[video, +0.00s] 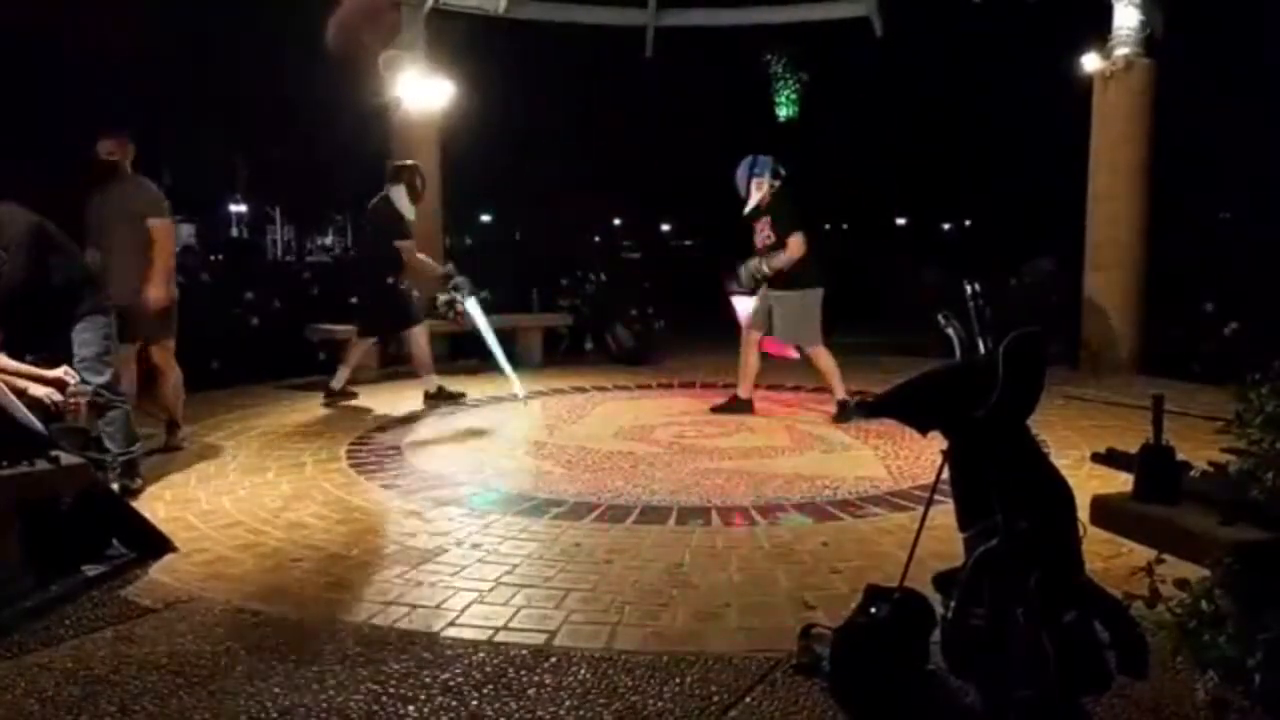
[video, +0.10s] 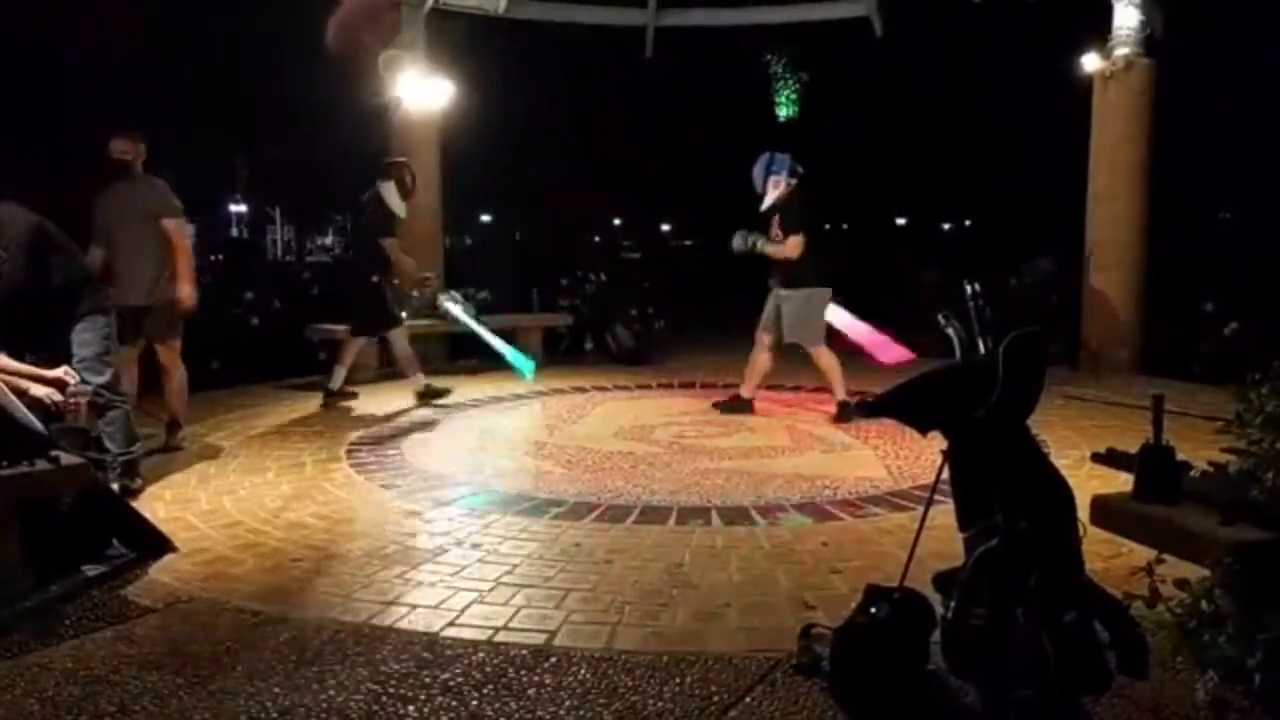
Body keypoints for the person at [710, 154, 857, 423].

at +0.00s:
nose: (753, 189)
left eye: (757, 183)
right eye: (751, 184)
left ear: (768, 182)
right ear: (750, 184)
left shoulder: (785, 206)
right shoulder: (756, 213)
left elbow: (797, 247)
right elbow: (764, 251)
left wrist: (764, 267)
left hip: (802, 288)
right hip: (773, 287)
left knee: (811, 344)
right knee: (751, 335)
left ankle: (842, 399)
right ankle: (743, 397)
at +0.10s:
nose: (768, 187)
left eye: (772, 181)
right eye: (768, 181)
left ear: (781, 181)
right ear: (773, 180)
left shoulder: (795, 206)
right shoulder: (776, 208)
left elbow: (794, 249)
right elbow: (782, 245)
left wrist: (757, 244)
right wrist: (756, 241)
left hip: (806, 288)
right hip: (782, 287)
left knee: (813, 344)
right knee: (764, 340)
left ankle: (843, 400)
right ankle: (745, 397)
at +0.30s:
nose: (787, 179)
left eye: (790, 173)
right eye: (788, 173)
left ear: (802, 173)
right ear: (809, 173)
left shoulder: (812, 200)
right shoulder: (804, 198)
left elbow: (786, 234)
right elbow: (790, 233)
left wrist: (770, 218)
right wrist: (781, 222)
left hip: (822, 282)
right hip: (804, 281)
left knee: (825, 340)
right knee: (782, 331)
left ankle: (844, 399)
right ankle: (781, 395)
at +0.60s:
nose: (807, 170)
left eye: (810, 165)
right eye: (806, 165)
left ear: (821, 164)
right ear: (813, 165)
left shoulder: (826, 191)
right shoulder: (812, 191)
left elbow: (777, 215)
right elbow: (784, 215)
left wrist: (781, 182)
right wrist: (787, 184)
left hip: (830, 277)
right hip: (809, 278)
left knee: (833, 337)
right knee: (807, 334)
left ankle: (845, 398)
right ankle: (822, 393)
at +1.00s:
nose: (812, 170)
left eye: (816, 165)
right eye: (812, 164)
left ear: (819, 166)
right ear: (829, 164)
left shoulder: (831, 194)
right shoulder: (811, 195)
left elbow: (777, 202)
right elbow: (777, 204)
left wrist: (802, 178)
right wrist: (799, 179)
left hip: (831, 273)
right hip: (810, 274)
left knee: (832, 336)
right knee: (818, 337)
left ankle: (844, 397)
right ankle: (823, 393)